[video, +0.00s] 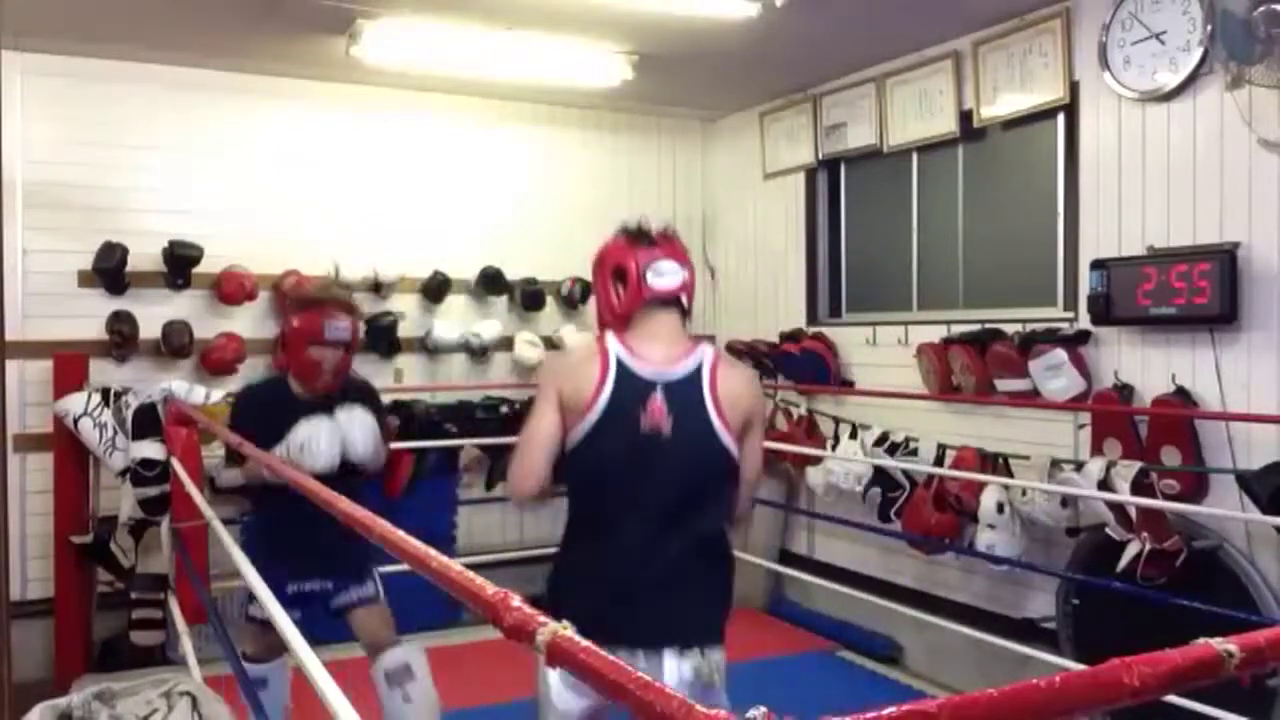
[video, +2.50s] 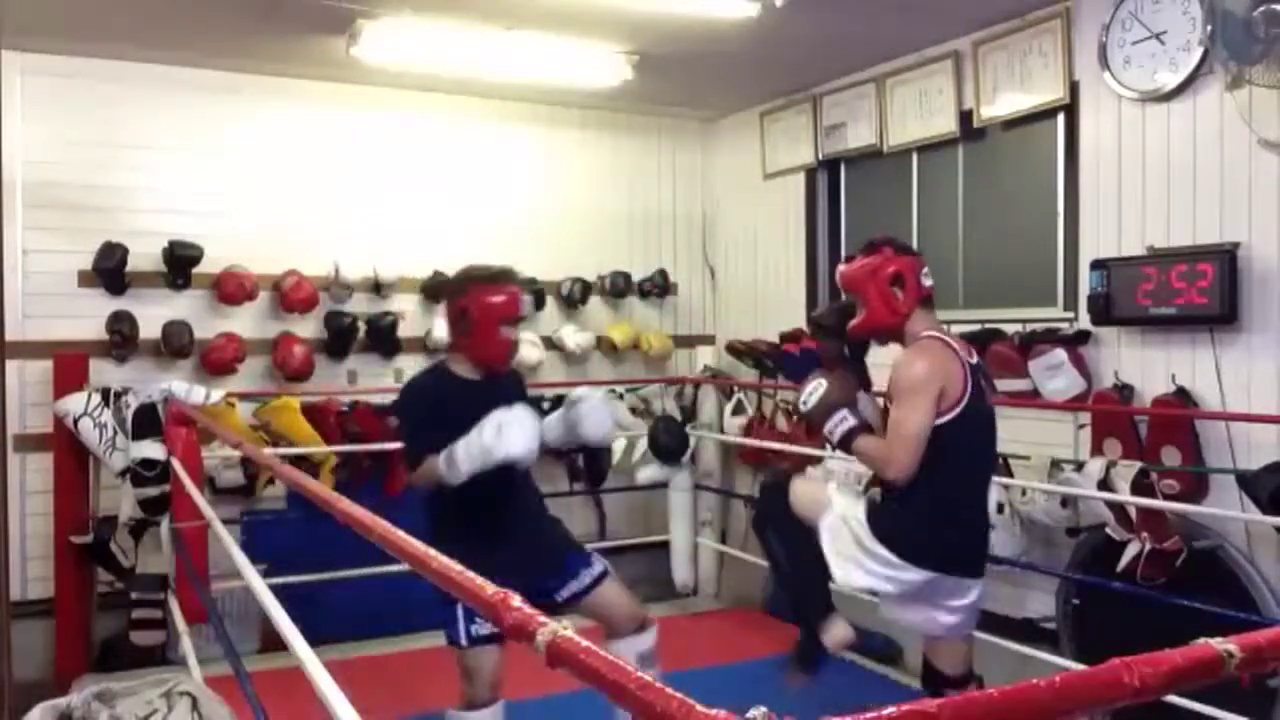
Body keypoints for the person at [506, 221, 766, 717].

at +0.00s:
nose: (596, 301)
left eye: (600, 288)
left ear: (615, 289)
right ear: (687, 290)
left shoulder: (572, 368)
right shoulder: (738, 382)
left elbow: (524, 485)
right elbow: (739, 504)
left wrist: (585, 462)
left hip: (584, 623)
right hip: (690, 628)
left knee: (569, 709)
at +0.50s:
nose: (525, 325)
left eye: (526, 311)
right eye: (522, 313)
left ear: (544, 306)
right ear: (608, 295)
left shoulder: (539, 392)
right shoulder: (670, 376)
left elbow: (498, 496)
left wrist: (491, 399)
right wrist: (558, 366)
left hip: (567, 650)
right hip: (664, 640)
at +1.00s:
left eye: (449, 313)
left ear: (454, 320)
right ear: (521, 325)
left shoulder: (409, 389)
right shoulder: (544, 396)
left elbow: (355, 477)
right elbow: (583, 499)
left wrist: (395, 420)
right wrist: (556, 437)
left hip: (429, 619)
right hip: (506, 628)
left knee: (445, 706)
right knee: (602, 711)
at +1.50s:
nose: (564, 315)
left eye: (568, 301)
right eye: (565, 302)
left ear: (586, 307)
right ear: (649, 317)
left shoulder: (535, 382)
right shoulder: (688, 406)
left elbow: (472, 488)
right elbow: (689, 520)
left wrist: (536, 464)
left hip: (539, 642)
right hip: (643, 647)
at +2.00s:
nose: (772, 300)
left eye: (774, 284)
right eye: (770, 285)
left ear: (802, 279)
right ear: (844, 272)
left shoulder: (798, 346)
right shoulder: (914, 345)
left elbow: (788, 459)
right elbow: (938, 451)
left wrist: (746, 428)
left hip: (832, 589)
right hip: (910, 578)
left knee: (825, 710)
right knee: (909, 710)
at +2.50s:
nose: (858, 315)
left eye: (861, 301)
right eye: (855, 302)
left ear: (894, 292)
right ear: (909, 289)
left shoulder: (921, 360)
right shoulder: (961, 354)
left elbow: (896, 466)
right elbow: (902, 438)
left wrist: (837, 424)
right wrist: (850, 368)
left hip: (909, 546)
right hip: (963, 554)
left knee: (776, 496)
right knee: (950, 690)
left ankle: (825, 624)